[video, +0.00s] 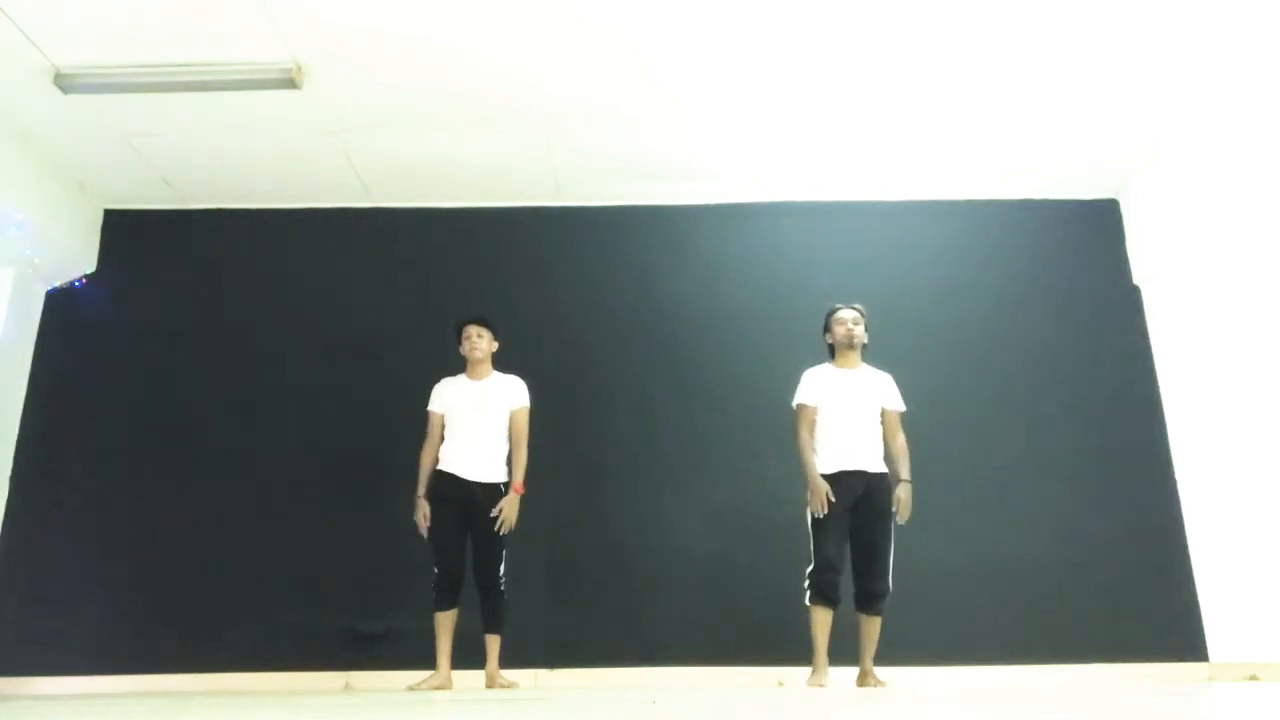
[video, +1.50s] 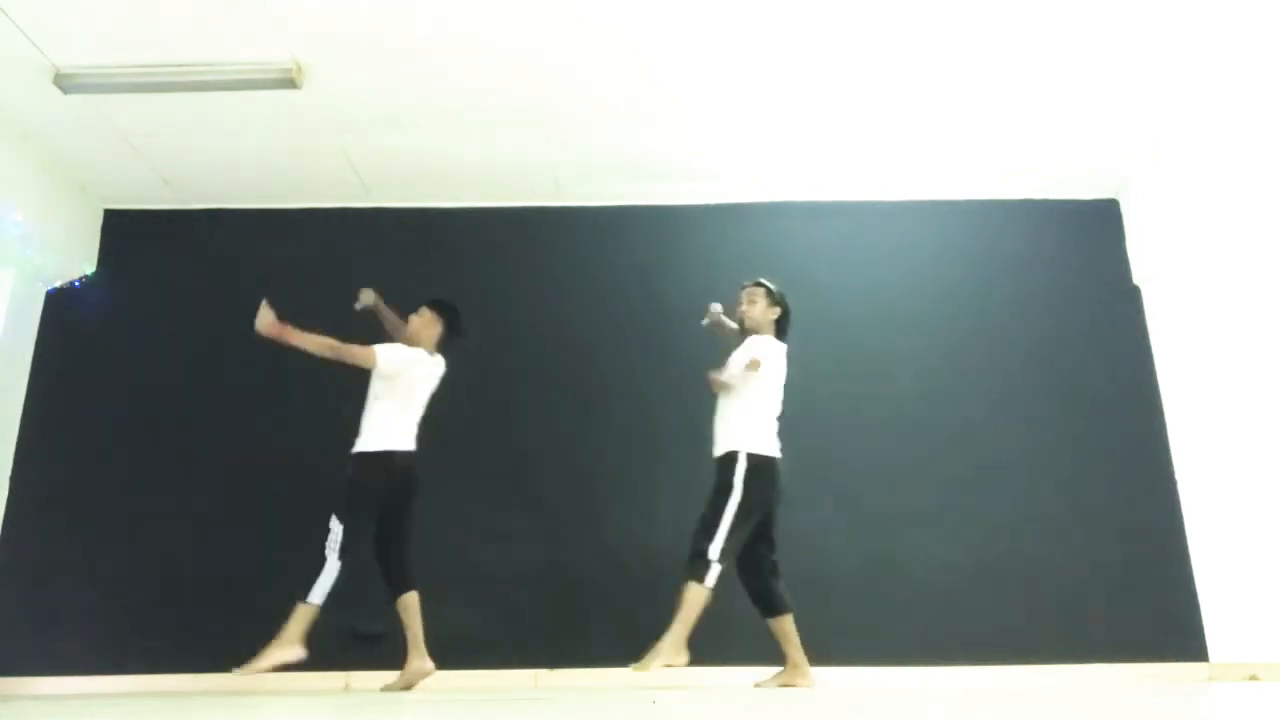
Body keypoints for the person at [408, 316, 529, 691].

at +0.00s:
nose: (473, 343)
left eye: (480, 337)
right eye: (468, 338)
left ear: (494, 345)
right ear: (460, 348)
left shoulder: (513, 386)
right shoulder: (444, 388)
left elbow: (519, 445)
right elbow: (431, 444)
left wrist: (515, 493)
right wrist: (421, 494)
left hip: (492, 492)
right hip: (448, 490)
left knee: (491, 579)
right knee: (446, 577)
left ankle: (493, 672)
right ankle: (442, 672)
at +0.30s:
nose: (472, 342)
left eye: (479, 336)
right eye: (466, 337)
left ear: (493, 345)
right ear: (458, 347)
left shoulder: (511, 385)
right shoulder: (444, 388)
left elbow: (518, 441)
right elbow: (430, 440)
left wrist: (513, 490)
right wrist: (415, 484)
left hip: (491, 491)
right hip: (446, 490)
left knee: (491, 579)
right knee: (445, 576)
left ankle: (493, 672)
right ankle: (442, 672)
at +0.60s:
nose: (470, 340)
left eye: (478, 335)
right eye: (465, 336)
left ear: (493, 345)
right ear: (459, 347)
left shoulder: (509, 381)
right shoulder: (447, 390)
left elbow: (519, 434)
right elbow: (437, 447)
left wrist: (493, 481)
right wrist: (413, 489)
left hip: (494, 489)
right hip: (450, 488)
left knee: (498, 577)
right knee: (441, 573)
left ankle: (502, 671)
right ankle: (440, 671)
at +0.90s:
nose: (455, 343)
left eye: (464, 339)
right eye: (452, 338)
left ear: (482, 349)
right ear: (449, 348)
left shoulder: (478, 376)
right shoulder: (458, 384)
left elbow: (444, 409)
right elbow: (449, 415)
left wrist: (425, 407)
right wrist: (430, 407)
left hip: (481, 489)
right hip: (450, 491)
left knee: (491, 576)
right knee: (415, 567)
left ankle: (502, 671)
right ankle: (429, 665)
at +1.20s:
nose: (435, 350)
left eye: (445, 346)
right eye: (437, 343)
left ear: (462, 358)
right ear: (438, 348)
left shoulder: (434, 383)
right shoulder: (460, 401)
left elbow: (375, 404)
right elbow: (441, 463)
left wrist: (342, 378)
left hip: (424, 496)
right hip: (432, 497)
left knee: (389, 577)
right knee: (391, 583)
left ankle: (460, 638)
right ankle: (425, 672)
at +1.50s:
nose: (412, 320)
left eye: (421, 316)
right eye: (416, 315)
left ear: (438, 330)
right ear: (436, 332)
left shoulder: (395, 356)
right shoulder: (435, 364)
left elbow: (336, 349)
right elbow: (404, 336)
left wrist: (276, 330)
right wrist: (377, 307)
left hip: (371, 463)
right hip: (402, 465)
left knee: (335, 553)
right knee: (395, 558)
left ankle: (290, 641)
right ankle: (418, 657)